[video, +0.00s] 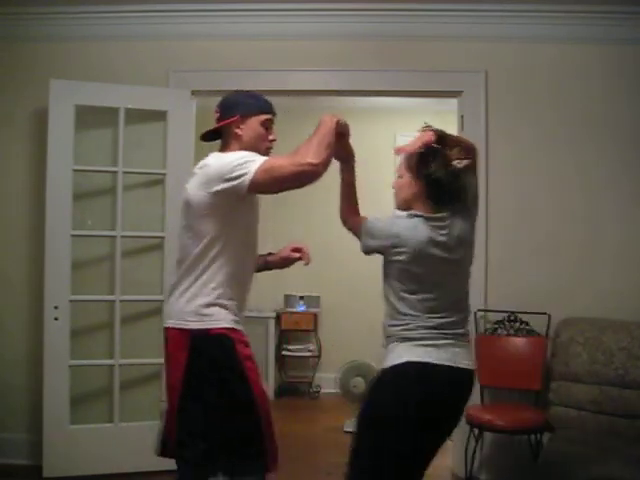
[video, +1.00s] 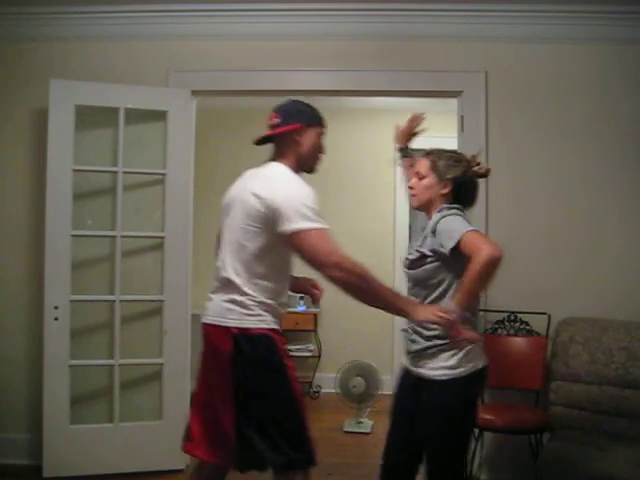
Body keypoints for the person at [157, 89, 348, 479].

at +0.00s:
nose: (273, 134)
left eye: (273, 126)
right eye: (265, 124)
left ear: (237, 130)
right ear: (235, 126)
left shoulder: (224, 176)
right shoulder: (220, 166)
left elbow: (216, 261)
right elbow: (306, 167)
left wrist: (270, 261)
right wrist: (328, 127)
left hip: (203, 328)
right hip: (206, 329)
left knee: (200, 452)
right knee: (250, 454)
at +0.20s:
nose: (248, 140)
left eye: (249, 132)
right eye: (242, 130)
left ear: (211, 133)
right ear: (214, 130)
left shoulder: (190, 177)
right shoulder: (200, 170)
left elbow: (186, 263)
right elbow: (297, 154)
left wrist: (240, 270)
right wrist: (329, 117)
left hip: (183, 333)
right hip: (188, 337)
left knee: (182, 459)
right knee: (193, 461)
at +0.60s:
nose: (253, 149)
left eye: (252, 141)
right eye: (246, 140)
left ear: (219, 145)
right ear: (220, 143)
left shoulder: (208, 187)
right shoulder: (200, 181)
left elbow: (185, 270)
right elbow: (288, 183)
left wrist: (234, 285)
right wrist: (335, 147)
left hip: (210, 345)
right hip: (179, 345)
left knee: (222, 458)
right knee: (162, 461)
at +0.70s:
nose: (268, 147)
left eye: (267, 138)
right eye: (262, 137)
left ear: (235, 140)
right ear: (236, 138)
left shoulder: (214, 181)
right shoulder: (215, 179)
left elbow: (201, 267)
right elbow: (268, 211)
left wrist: (248, 285)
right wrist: (328, 178)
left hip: (211, 337)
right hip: (197, 340)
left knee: (217, 455)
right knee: (200, 457)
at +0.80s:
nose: (285, 142)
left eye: (284, 133)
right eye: (279, 132)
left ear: (251, 135)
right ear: (255, 133)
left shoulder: (223, 175)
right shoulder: (235, 174)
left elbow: (212, 259)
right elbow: (263, 234)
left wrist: (259, 281)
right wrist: (342, 229)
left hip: (208, 328)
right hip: (214, 332)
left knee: (208, 452)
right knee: (236, 456)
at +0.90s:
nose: (302, 142)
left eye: (302, 133)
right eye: (298, 131)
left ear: (264, 134)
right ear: (274, 131)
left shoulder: (235, 177)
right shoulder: (257, 178)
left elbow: (230, 256)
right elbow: (291, 254)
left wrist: (276, 278)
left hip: (213, 322)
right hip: (231, 328)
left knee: (208, 449)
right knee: (274, 453)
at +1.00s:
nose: (323, 148)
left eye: (322, 138)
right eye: (319, 136)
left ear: (285, 138)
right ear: (298, 136)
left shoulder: (245, 182)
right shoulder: (284, 186)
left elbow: (235, 258)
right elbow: (336, 267)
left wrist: (290, 282)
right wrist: (412, 308)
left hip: (222, 327)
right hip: (251, 333)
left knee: (213, 454)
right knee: (293, 459)